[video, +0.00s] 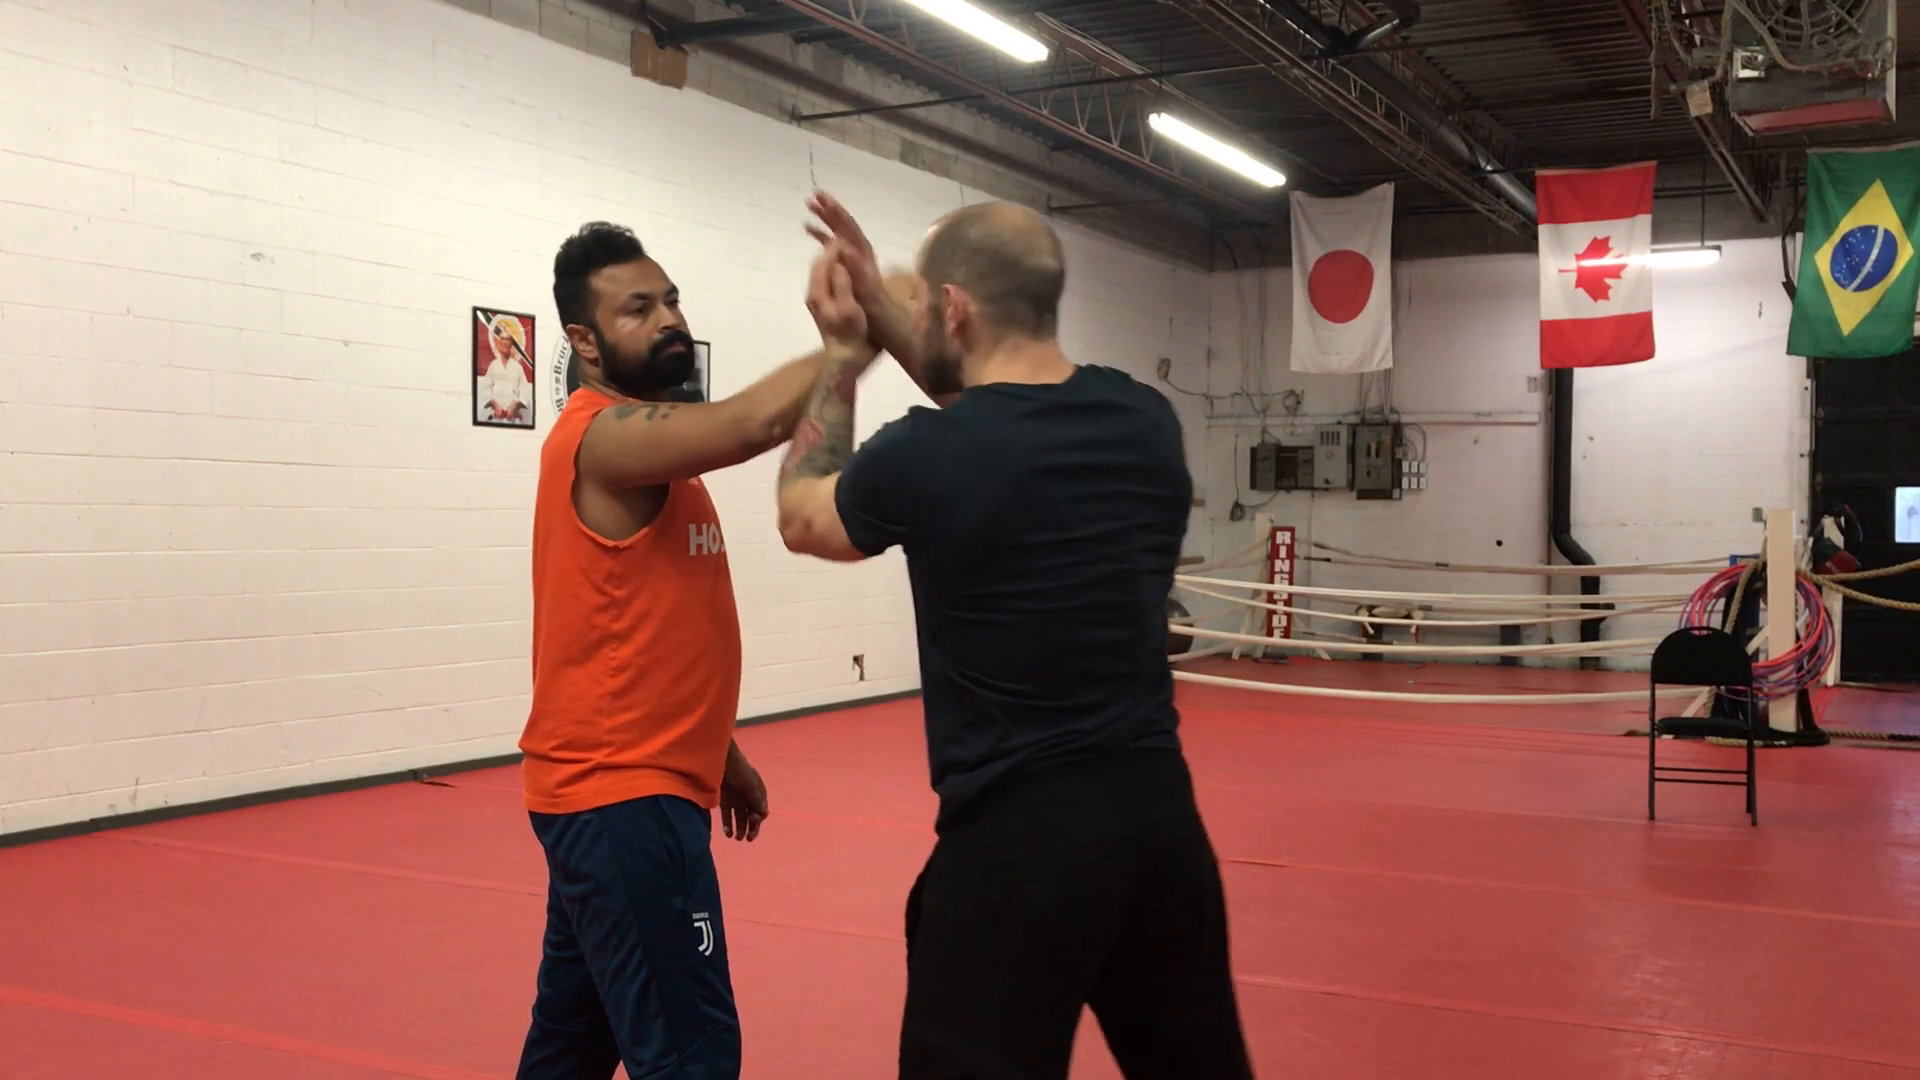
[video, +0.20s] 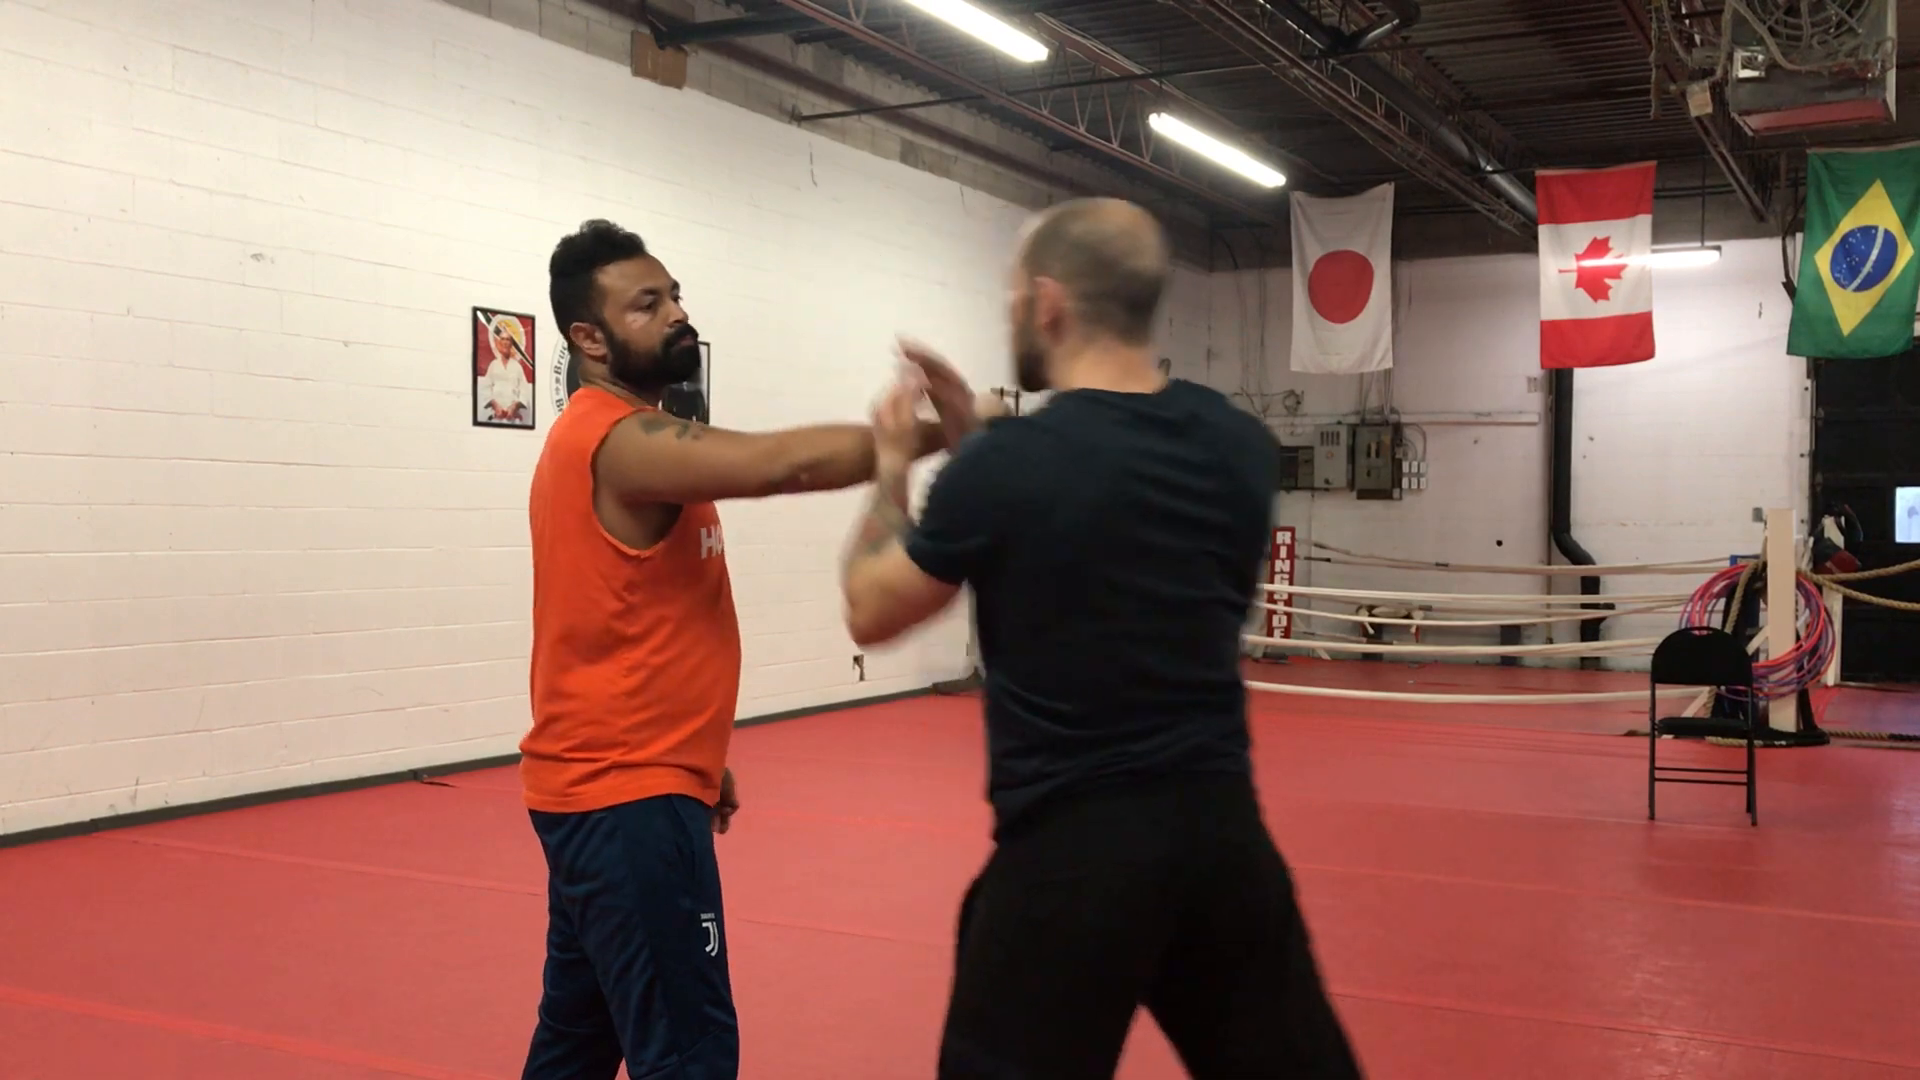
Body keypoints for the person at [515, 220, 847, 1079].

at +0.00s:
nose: (669, 319)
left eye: (670, 301)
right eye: (637, 308)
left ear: (679, 305)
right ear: (585, 341)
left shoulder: (631, 432)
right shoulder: (606, 431)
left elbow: (641, 623)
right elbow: (749, 419)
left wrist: (719, 750)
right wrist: (848, 350)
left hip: (630, 788)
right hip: (619, 793)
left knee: (571, 1047)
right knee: (693, 1054)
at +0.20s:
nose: (679, 315)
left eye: (673, 298)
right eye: (648, 303)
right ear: (588, 338)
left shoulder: (598, 432)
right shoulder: (621, 439)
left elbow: (624, 623)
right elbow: (786, 463)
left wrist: (695, 752)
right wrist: (935, 434)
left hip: (605, 787)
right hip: (626, 791)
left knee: (576, 1041)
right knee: (689, 1052)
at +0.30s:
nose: (685, 315)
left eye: (678, 297)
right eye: (655, 303)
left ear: (600, 345)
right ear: (594, 337)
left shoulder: (582, 433)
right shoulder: (629, 444)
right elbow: (788, 484)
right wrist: (935, 457)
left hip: (589, 785)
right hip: (636, 791)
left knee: (572, 1040)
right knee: (690, 1052)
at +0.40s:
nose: (689, 315)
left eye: (681, 296)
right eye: (659, 305)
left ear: (596, 346)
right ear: (595, 338)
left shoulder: (578, 435)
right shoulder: (627, 445)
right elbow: (770, 517)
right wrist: (885, 481)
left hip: (586, 784)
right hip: (641, 792)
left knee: (571, 1039)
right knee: (693, 1052)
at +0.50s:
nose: (690, 318)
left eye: (682, 299)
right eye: (661, 306)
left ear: (598, 345)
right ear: (598, 339)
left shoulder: (576, 437)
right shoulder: (621, 442)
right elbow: (724, 571)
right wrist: (843, 532)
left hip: (587, 787)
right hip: (639, 793)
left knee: (573, 1040)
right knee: (697, 1050)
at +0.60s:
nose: (685, 313)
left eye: (676, 296)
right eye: (655, 302)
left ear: (597, 347)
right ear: (594, 340)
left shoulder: (577, 438)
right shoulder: (616, 447)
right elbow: (670, 621)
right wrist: (804, 592)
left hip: (584, 787)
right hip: (635, 792)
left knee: (569, 1043)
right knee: (694, 1050)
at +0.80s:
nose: (651, 321)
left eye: (647, 302)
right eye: (624, 306)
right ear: (559, 336)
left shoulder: (596, 446)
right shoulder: (561, 455)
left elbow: (604, 635)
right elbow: (550, 634)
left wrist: (663, 774)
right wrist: (724, 622)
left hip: (605, 795)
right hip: (590, 801)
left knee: (539, 1049)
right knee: (659, 1057)